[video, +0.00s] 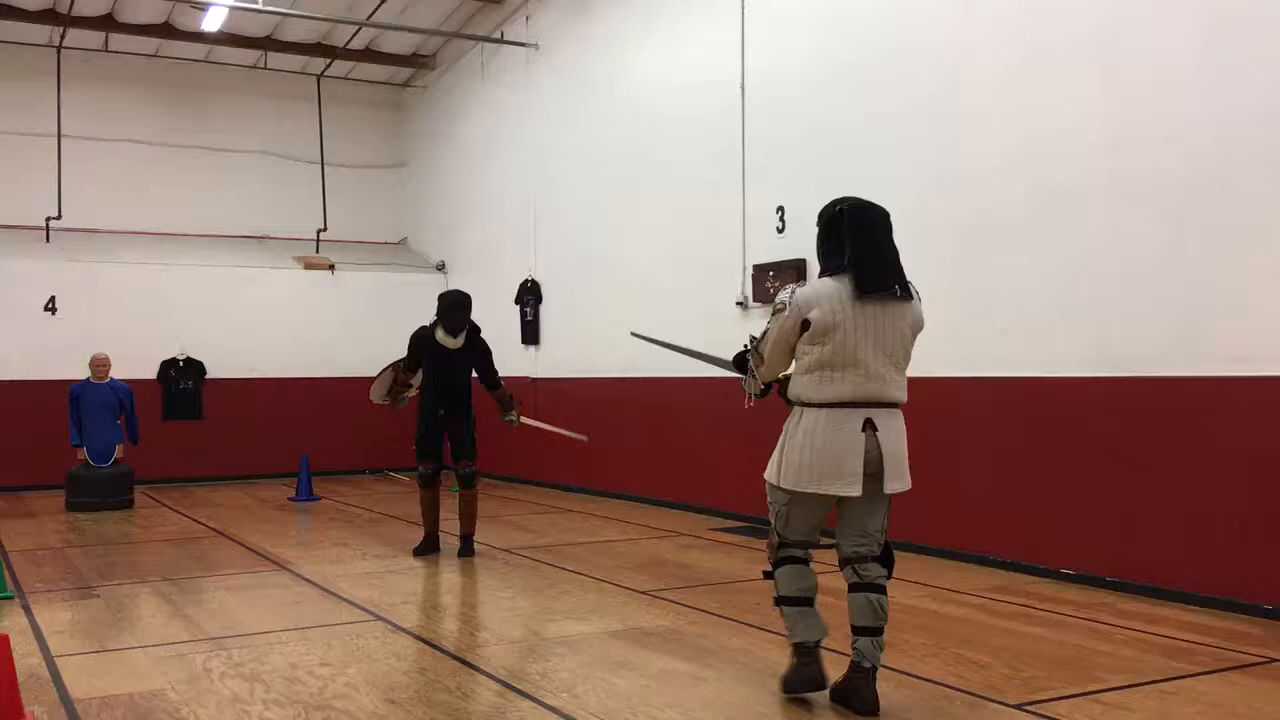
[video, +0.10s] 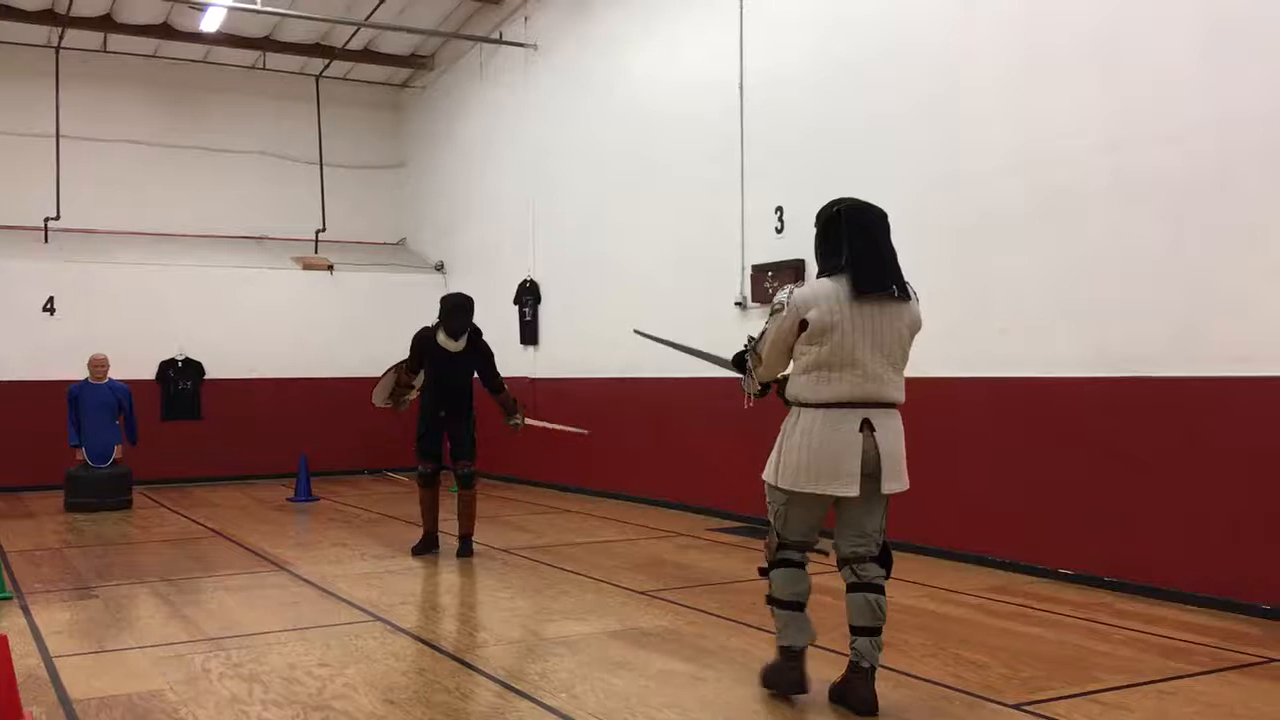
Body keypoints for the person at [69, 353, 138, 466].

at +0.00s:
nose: (100, 369)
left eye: (104, 366)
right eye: (97, 366)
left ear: (109, 367)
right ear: (90, 367)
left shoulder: (121, 389)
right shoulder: (78, 390)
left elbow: (129, 415)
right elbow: (74, 419)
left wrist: (133, 438)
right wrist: (78, 445)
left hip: (114, 446)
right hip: (87, 446)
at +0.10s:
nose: (99, 370)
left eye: (103, 366)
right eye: (95, 366)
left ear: (108, 367)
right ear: (88, 367)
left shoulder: (120, 390)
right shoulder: (76, 391)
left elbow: (128, 416)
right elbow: (73, 420)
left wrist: (131, 439)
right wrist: (77, 445)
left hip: (113, 447)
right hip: (86, 447)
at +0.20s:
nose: (99, 370)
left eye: (103, 366)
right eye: (96, 366)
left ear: (108, 367)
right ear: (89, 367)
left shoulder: (120, 390)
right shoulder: (76, 391)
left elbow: (128, 416)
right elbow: (73, 420)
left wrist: (131, 439)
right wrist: (77, 446)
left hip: (113, 447)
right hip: (87, 447)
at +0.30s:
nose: (100, 369)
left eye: (104, 366)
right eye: (97, 366)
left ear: (109, 367)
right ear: (90, 367)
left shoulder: (121, 389)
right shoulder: (78, 390)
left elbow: (129, 415)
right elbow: (74, 419)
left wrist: (133, 438)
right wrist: (78, 445)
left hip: (114, 446)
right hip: (88, 446)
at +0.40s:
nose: (100, 369)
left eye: (103, 366)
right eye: (96, 366)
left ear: (109, 367)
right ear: (89, 367)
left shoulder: (120, 389)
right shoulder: (77, 390)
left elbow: (129, 415)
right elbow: (74, 419)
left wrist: (132, 438)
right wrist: (77, 445)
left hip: (113, 446)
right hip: (87, 446)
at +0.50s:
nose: (101, 369)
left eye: (104, 365)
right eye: (97, 366)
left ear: (110, 367)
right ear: (90, 367)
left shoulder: (121, 389)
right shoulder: (78, 390)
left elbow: (130, 415)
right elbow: (74, 419)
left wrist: (133, 438)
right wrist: (78, 444)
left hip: (114, 446)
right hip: (88, 446)